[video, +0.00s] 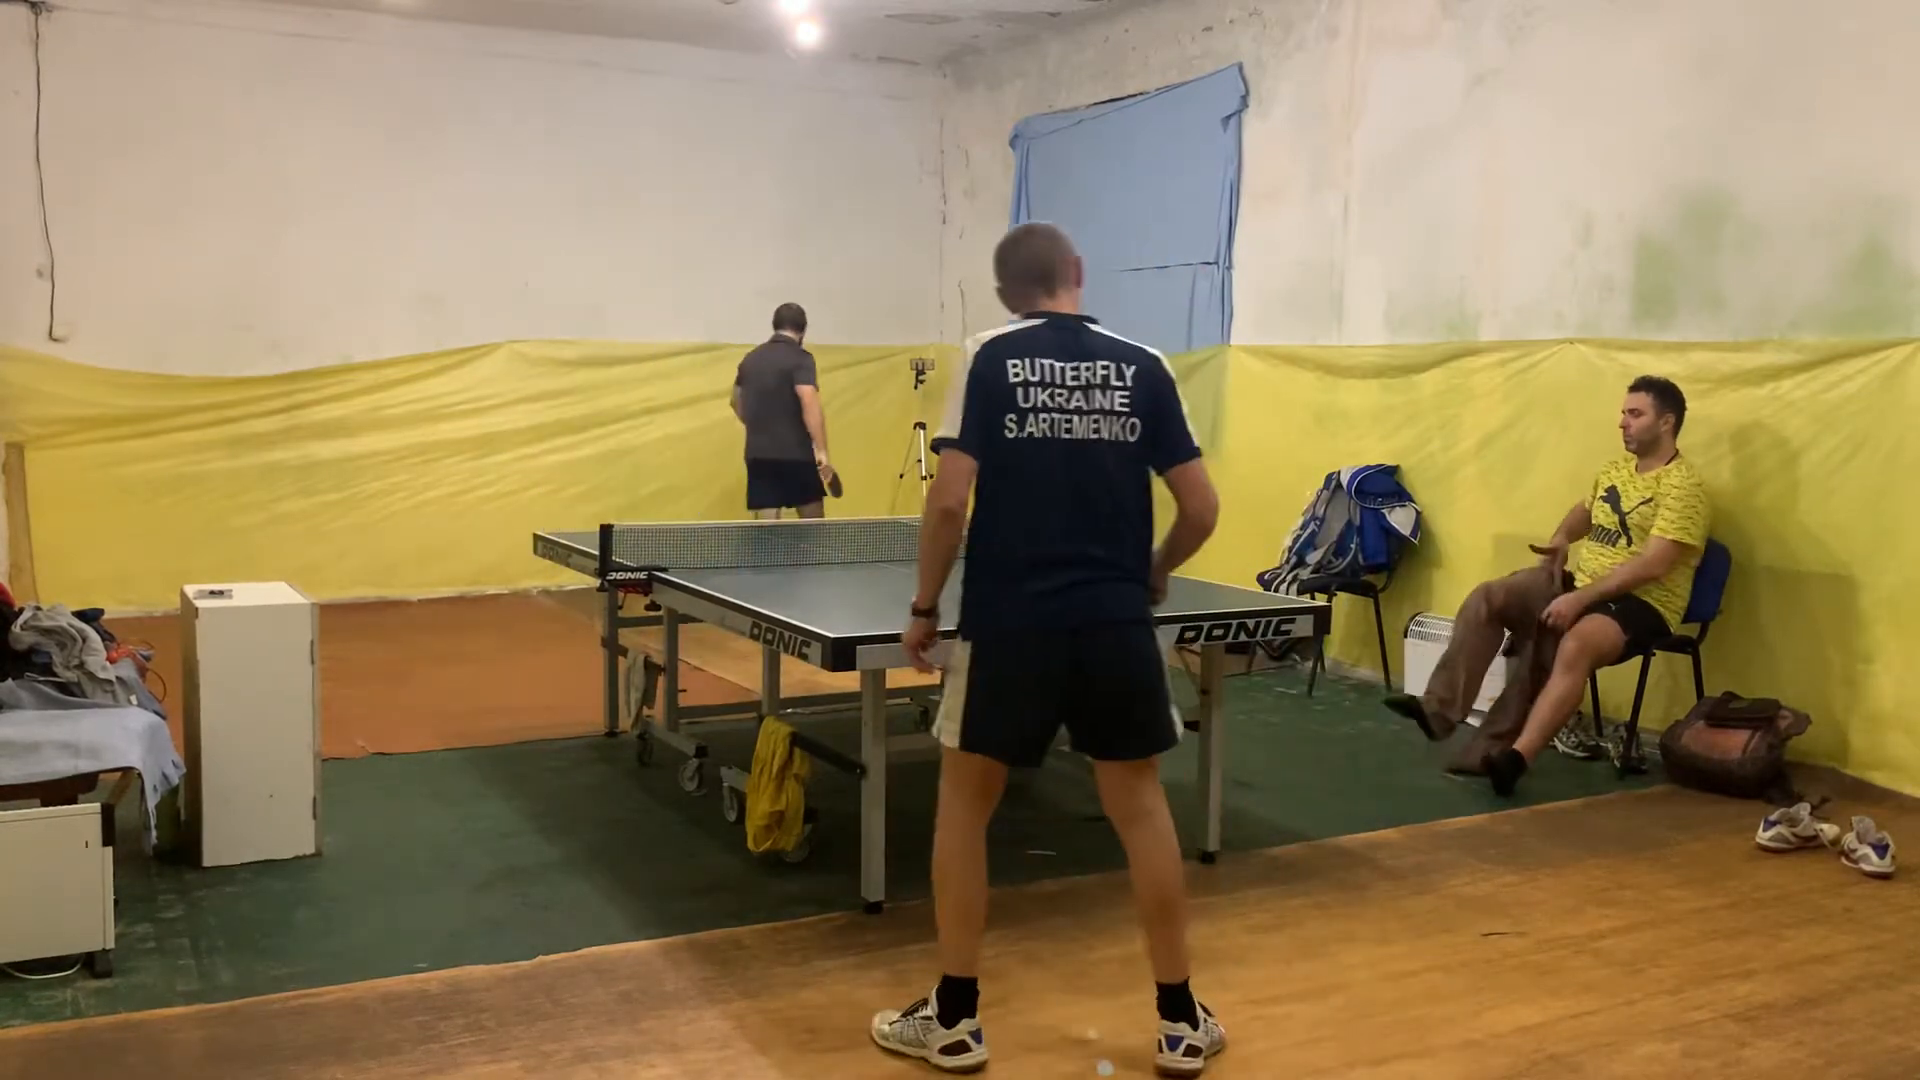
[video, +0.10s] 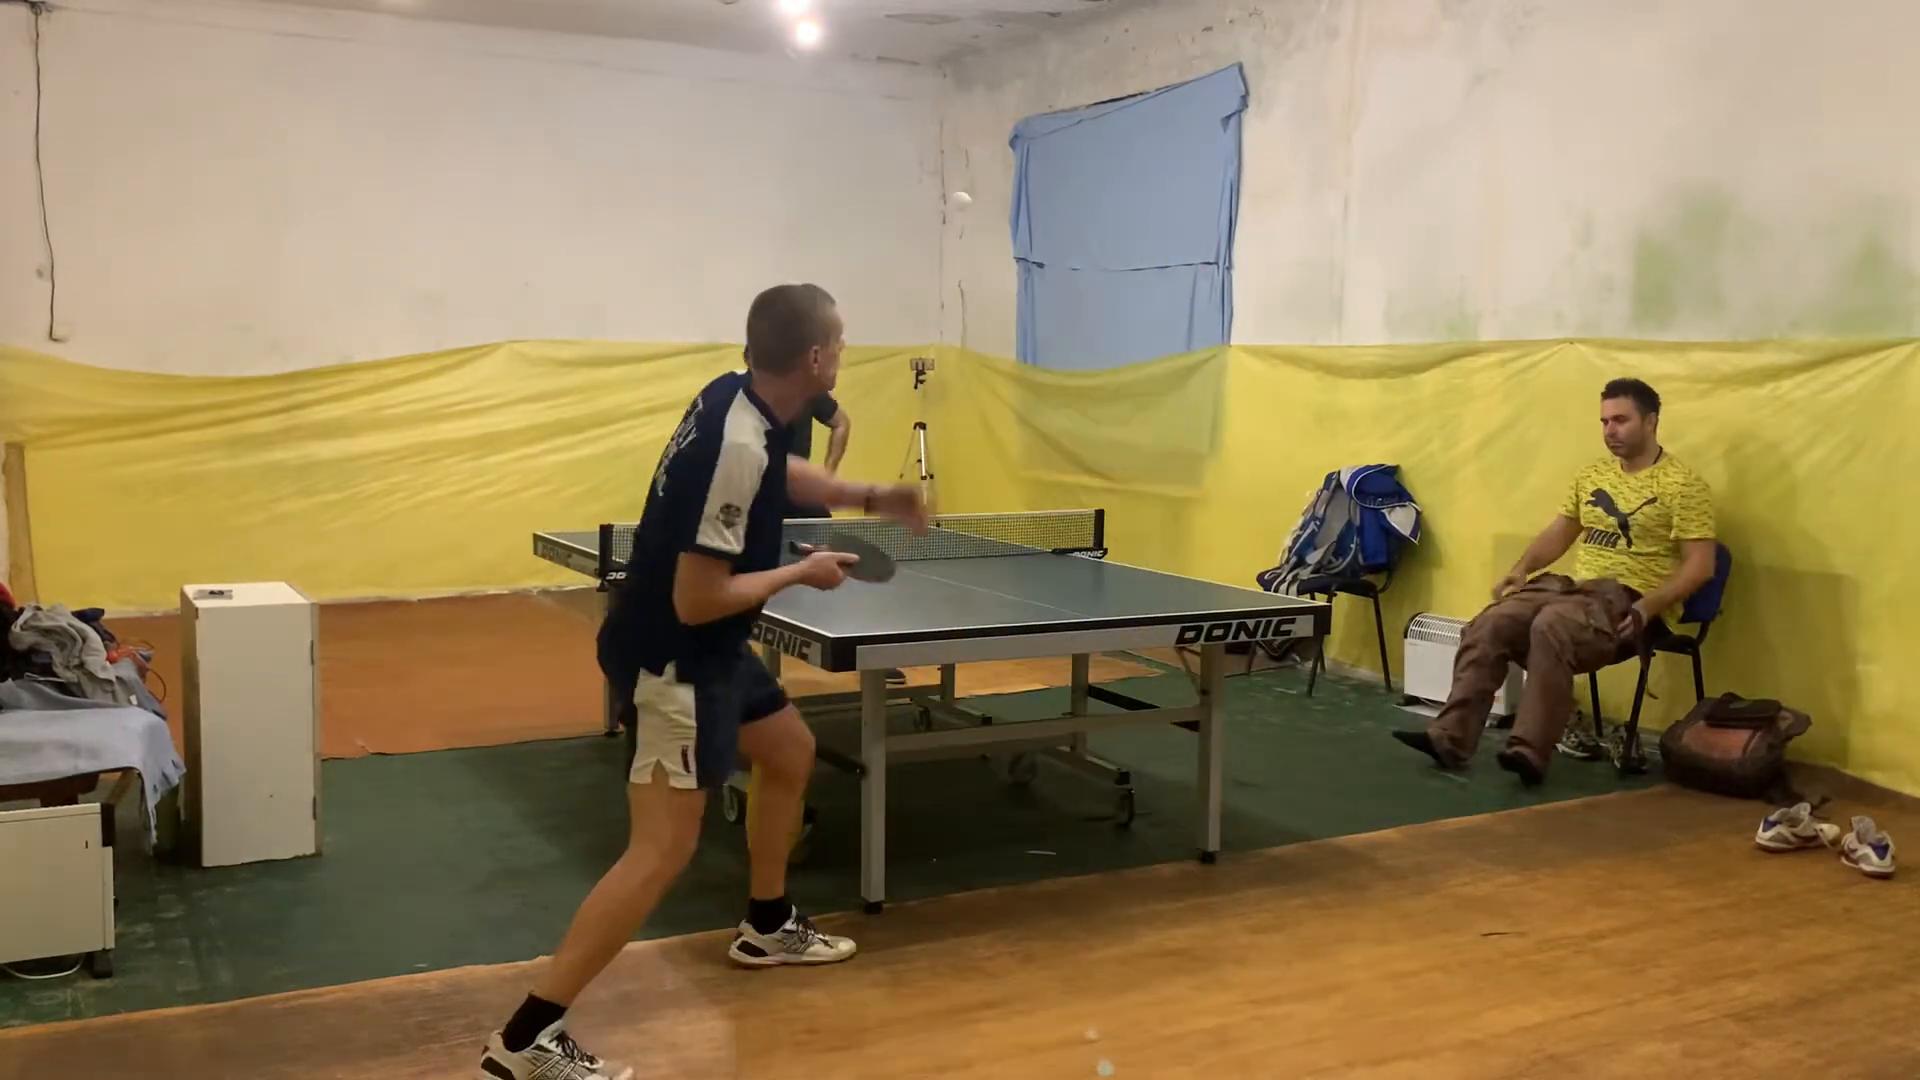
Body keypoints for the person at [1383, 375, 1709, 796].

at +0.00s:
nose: (1623, 422)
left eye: (1634, 414)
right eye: (1624, 413)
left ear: (1668, 423)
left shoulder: (1683, 485)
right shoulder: (1618, 468)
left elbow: (1656, 563)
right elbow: (1587, 512)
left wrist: (1582, 598)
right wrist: (1561, 537)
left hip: (1643, 599)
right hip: (1582, 581)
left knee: (1573, 642)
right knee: (1487, 599)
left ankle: (1513, 757)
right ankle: (1441, 710)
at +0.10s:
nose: (1610, 430)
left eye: (1620, 420)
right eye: (1605, 422)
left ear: (1652, 421)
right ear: (1600, 425)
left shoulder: (1683, 486)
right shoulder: (1593, 475)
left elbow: (1700, 566)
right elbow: (1561, 531)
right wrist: (1522, 568)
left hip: (1630, 603)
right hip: (1574, 591)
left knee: (1552, 628)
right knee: (1490, 623)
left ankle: (1531, 750)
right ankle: (1452, 739)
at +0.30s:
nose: (1609, 430)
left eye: (1619, 419)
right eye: (1605, 420)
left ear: (1651, 421)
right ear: (1601, 422)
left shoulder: (1680, 483)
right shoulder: (1595, 475)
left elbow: (1685, 569)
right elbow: (1563, 544)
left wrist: (1642, 615)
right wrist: (1524, 590)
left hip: (1627, 599)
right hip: (1571, 588)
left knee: (1548, 628)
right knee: (1490, 623)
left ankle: (1530, 750)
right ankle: (1451, 737)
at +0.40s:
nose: (1607, 429)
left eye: (1617, 419)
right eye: (1603, 420)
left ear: (1650, 420)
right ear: (1599, 421)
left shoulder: (1679, 483)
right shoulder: (1594, 477)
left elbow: (1684, 568)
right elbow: (1563, 547)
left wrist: (1644, 622)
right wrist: (1525, 593)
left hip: (1628, 597)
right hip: (1571, 587)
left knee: (1548, 627)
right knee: (1493, 619)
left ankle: (1530, 749)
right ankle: (1449, 732)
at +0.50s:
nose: (1606, 429)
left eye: (1616, 418)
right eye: (1602, 419)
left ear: (1649, 420)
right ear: (1598, 421)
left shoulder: (1679, 484)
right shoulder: (1595, 476)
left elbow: (1683, 569)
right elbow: (1563, 546)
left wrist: (1646, 630)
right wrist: (1529, 594)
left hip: (1626, 597)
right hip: (1571, 587)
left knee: (1549, 626)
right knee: (1494, 618)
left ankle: (1530, 750)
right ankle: (1446, 726)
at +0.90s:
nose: (1601, 428)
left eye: (1611, 418)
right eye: (1598, 419)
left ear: (1645, 420)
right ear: (1596, 422)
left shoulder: (1679, 483)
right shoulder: (1592, 476)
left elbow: (1680, 569)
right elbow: (1560, 547)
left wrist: (1646, 632)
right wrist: (1528, 594)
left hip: (1626, 596)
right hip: (1570, 587)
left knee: (1556, 626)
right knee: (1495, 614)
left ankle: (1530, 751)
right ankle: (1454, 720)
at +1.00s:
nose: (1600, 428)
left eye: (1610, 418)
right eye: (1597, 419)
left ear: (1644, 420)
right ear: (1596, 422)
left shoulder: (1679, 483)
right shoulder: (1592, 476)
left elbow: (1680, 568)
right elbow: (1561, 546)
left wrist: (1647, 630)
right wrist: (1531, 592)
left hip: (1627, 596)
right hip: (1570, 587)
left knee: (1557, 627)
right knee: (1496, 614)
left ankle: (1531, 751)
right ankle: (1458, 723)